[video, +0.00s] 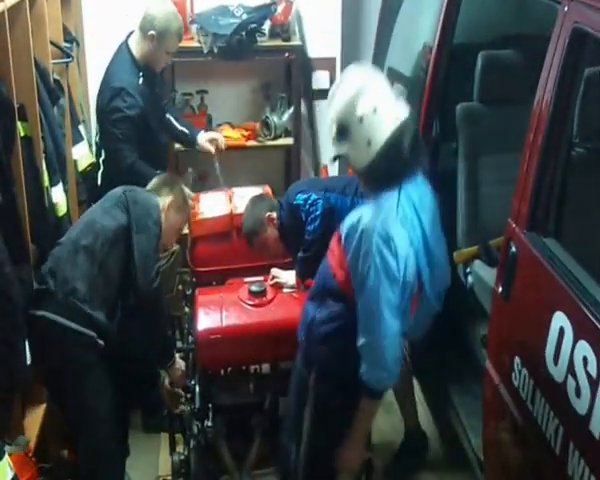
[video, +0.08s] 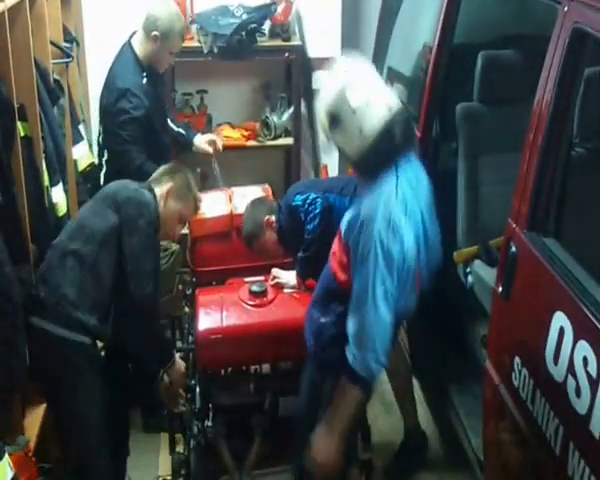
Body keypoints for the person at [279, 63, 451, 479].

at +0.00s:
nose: (339, 153)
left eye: (342, 139)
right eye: (338, 140)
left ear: (361, 139)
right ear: (393, 126)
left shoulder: (376, 229)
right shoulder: (415, 186)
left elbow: (383, 355)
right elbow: (438, 281)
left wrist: (358, 441)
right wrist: (402, 335)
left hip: (337, 362)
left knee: (318, 461)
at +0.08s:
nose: (337, 146)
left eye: (338, 135)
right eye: (336, 135)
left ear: (350, 139)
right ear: (390, 116)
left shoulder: (381, 216)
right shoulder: (407, 169)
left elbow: (370, 343)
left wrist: (334, 428)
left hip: (339, 354)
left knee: (317, 454)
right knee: (337, 441)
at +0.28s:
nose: (316, 119)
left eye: (315, 106)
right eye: (311, 108)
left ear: (333, 94)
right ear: (358, 80)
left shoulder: (380, 179)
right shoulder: (374, 146)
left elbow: (363, 321)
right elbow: (346, 237)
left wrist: (302, 394)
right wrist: (295, 289)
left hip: (376, 354)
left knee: (362, 457)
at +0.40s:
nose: (300, 157)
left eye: (305, 142)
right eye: (299, 144)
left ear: (329, 130)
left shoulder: (378, 197)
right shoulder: (341, 189)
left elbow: (362, 331)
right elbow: (312, 268)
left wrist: (292, 411)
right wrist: (262, 323)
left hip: (404, 359)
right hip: (366, 348)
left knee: (395, 463)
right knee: (359, 457)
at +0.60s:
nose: (309, 175)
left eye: (314, 161)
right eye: (306, 163)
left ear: (340, 145)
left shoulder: (392, 207)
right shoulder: (338, 196)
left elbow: (394, 339)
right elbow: (313, 284)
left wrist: (346, 443)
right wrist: (273, 349)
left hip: (394, 381)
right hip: (354, 366)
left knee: (386, 470)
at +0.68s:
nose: (324, 146)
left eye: (328, 132)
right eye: (316, 135)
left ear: (358, 110)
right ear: (310, 123)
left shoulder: (408, 167)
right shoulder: (336, 175)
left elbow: (432, 303)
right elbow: (332, 275)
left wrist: (418, 424)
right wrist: (315, 347)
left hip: (398, 363)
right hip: (348, 362)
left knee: (387, 466)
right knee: (341, 464)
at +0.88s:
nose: (359, 150)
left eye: (370, 136)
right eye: (348, 138)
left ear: (390, 135)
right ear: (333, 144)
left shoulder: (425, 198)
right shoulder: (342, 195)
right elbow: (343, 279)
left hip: (403, 379)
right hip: (342, 371)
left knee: (388, 468)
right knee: (318, 464)